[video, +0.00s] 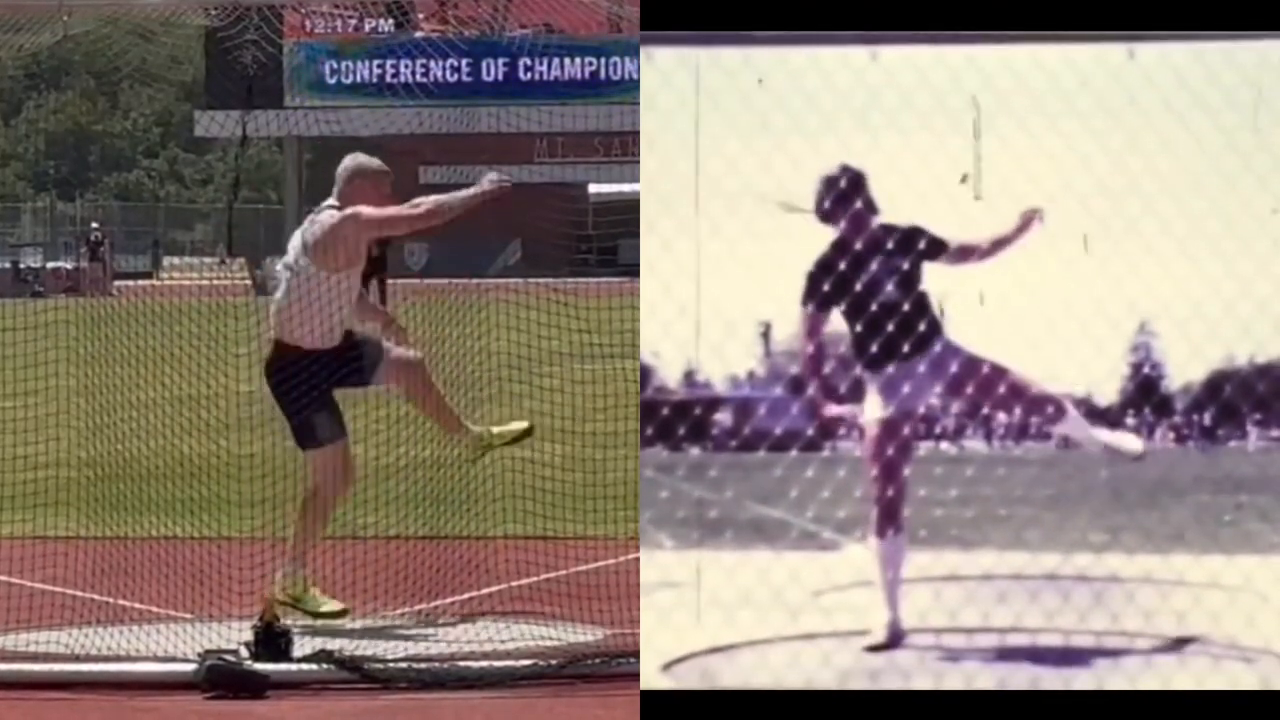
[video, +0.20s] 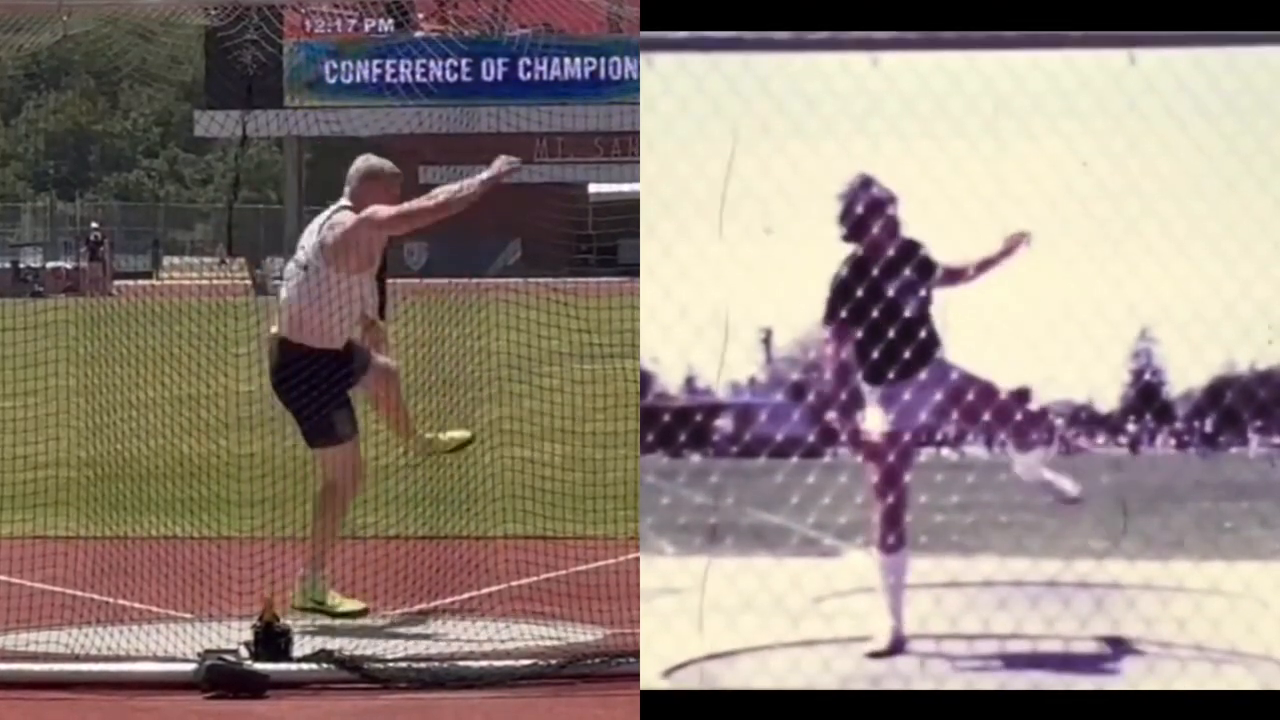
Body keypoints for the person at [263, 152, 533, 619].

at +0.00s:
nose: (387, 197)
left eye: (387, 189)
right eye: (381, 189)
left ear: (356, 191)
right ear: (358, 189)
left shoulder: (346, 228)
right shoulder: (336, 223)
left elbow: (343, 296)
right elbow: (421, 216)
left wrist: (384, 320)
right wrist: (479, 192)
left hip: (333, 349)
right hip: (295, 364)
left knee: (410, 367)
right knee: (335, 476)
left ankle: (469, 437)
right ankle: (291, 583)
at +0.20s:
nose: (394, 206)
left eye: (396, 197)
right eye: (390, 197)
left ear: (359, 190)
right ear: (368, 192)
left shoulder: (340, 221)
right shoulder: (352, 225)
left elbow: (338, 293)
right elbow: (434, 206)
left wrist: (368, 331)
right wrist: (487, 177)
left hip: (332, 351)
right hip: (304, 362)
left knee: (385, 375)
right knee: (345, 475)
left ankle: (414, 439)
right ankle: (313, 585)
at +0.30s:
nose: (402, 206)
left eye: (402, 199)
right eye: (399, 198)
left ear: (362, 193)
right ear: (381, 196)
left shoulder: (333, 224)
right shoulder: (369, 228)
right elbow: (449, 212)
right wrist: (498, 166)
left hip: (298, 352)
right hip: (319, 359)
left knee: (357, 359)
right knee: (351, 475)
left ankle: (357, 444)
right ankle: (323, 591)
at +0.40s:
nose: (408, 210)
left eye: (408, 202)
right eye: (405, 201)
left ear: (369, 195)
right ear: (389, 199)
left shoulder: (333, 229)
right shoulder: (383, 236)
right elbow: (468, 221)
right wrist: (505, 165)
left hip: (298, 356)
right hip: (337, 368)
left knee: (309, 391)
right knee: (356, 488)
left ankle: (302, 452)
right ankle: (322, 593)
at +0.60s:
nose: (415, 213)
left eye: (413, 204)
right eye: (412, 203)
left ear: (373, 202)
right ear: (400, 203)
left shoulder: (333, 236)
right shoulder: (399, 243)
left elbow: (294, 296)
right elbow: (487, 235)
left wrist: (306, 336)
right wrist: (505, 176)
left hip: (304, 360)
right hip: (353, 375)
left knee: (288, 401)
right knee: (354, 498)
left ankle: (254, 454)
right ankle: (323, 593)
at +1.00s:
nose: (404, 205)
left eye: (398, 199)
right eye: (414, 203)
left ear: (384, 209)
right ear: (424, 218)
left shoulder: (344, 240)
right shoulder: (434, 260)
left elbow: (294, 293)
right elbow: (508, 290)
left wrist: (275, 335)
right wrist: (520, 242)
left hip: (321, 360)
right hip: (374, 379)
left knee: (249, 388)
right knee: (357, 491)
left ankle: (186, 480)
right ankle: (336, 592)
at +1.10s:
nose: (399, 215)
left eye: (394, 209)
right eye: (411, 213)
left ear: (386, 215)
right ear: (426, 223)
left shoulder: (352, 240)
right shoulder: (440, 268)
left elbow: (297, 289)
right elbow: (496, 309)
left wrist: (271, 336)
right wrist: (523, 290)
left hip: (335, 362)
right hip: (382, 381)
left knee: (244, 386)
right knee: (352, 474)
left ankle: (187, 484)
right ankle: (362, 592)